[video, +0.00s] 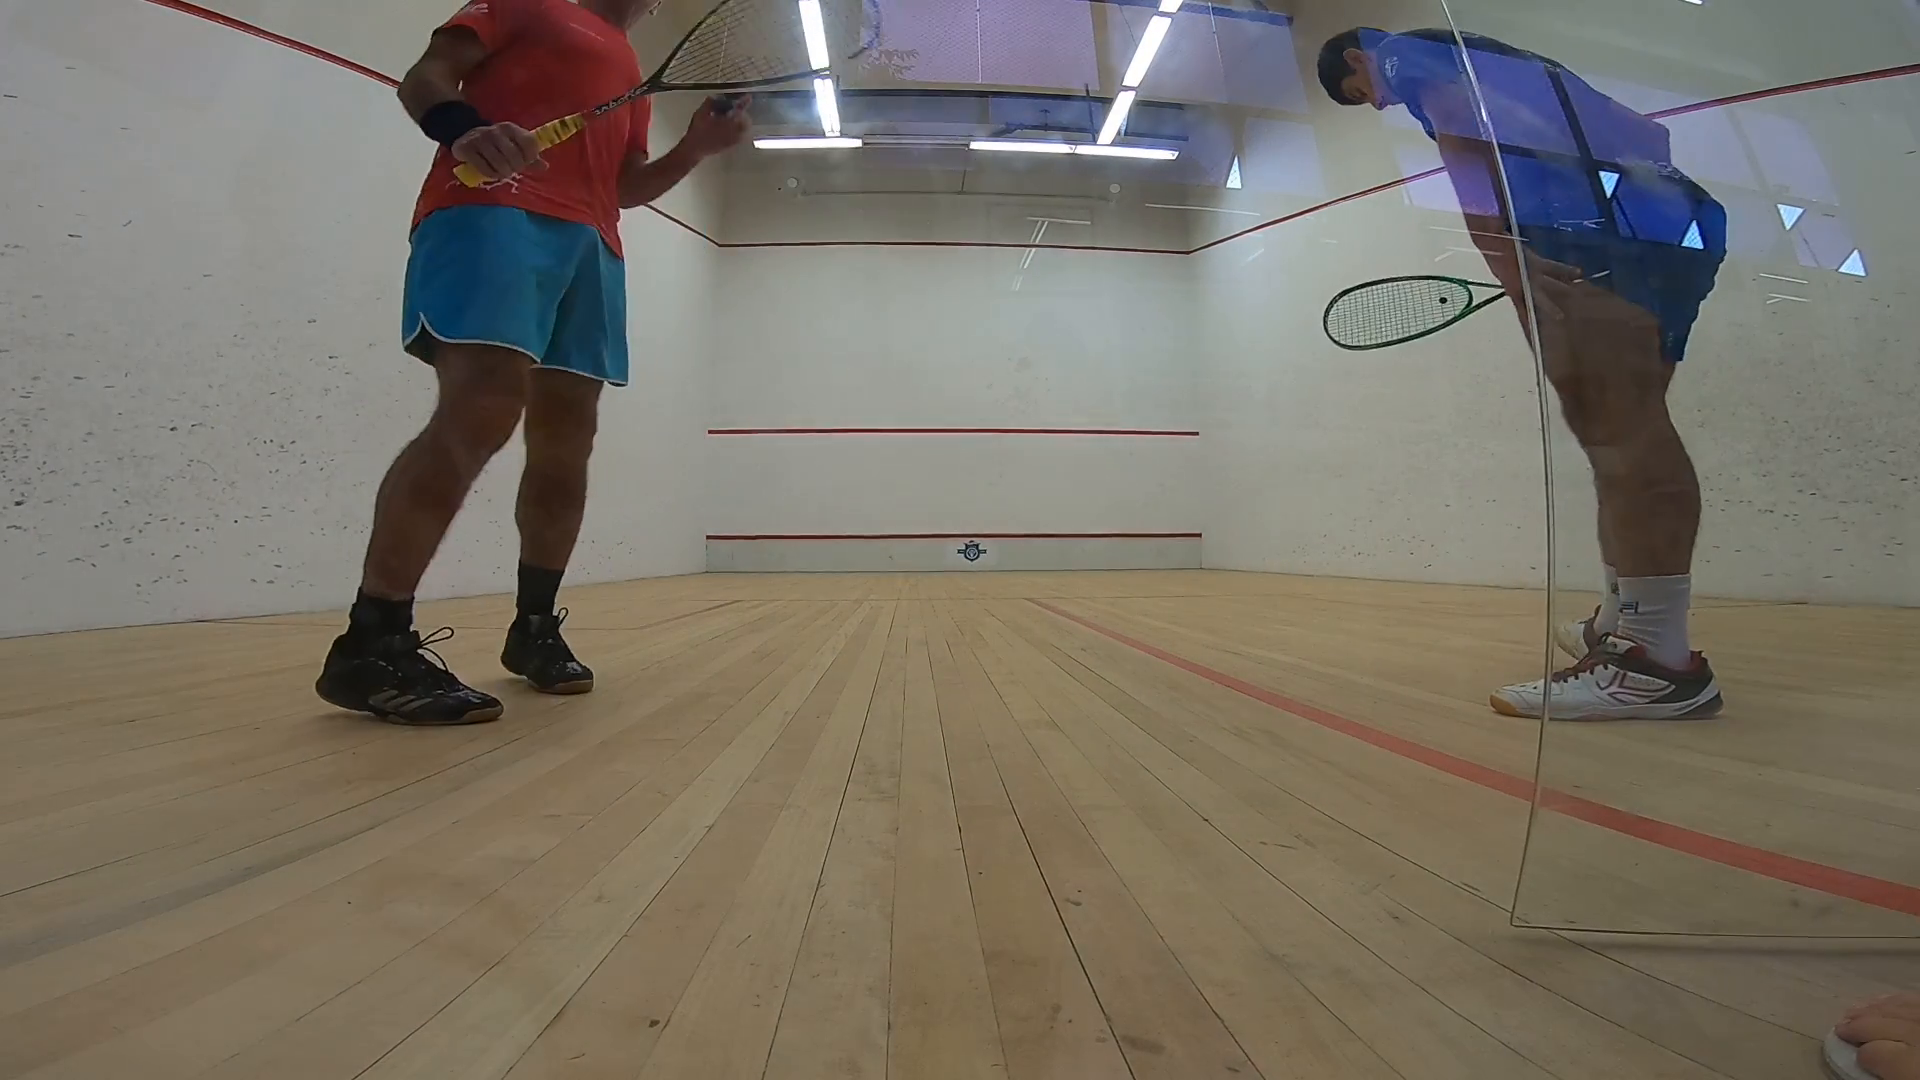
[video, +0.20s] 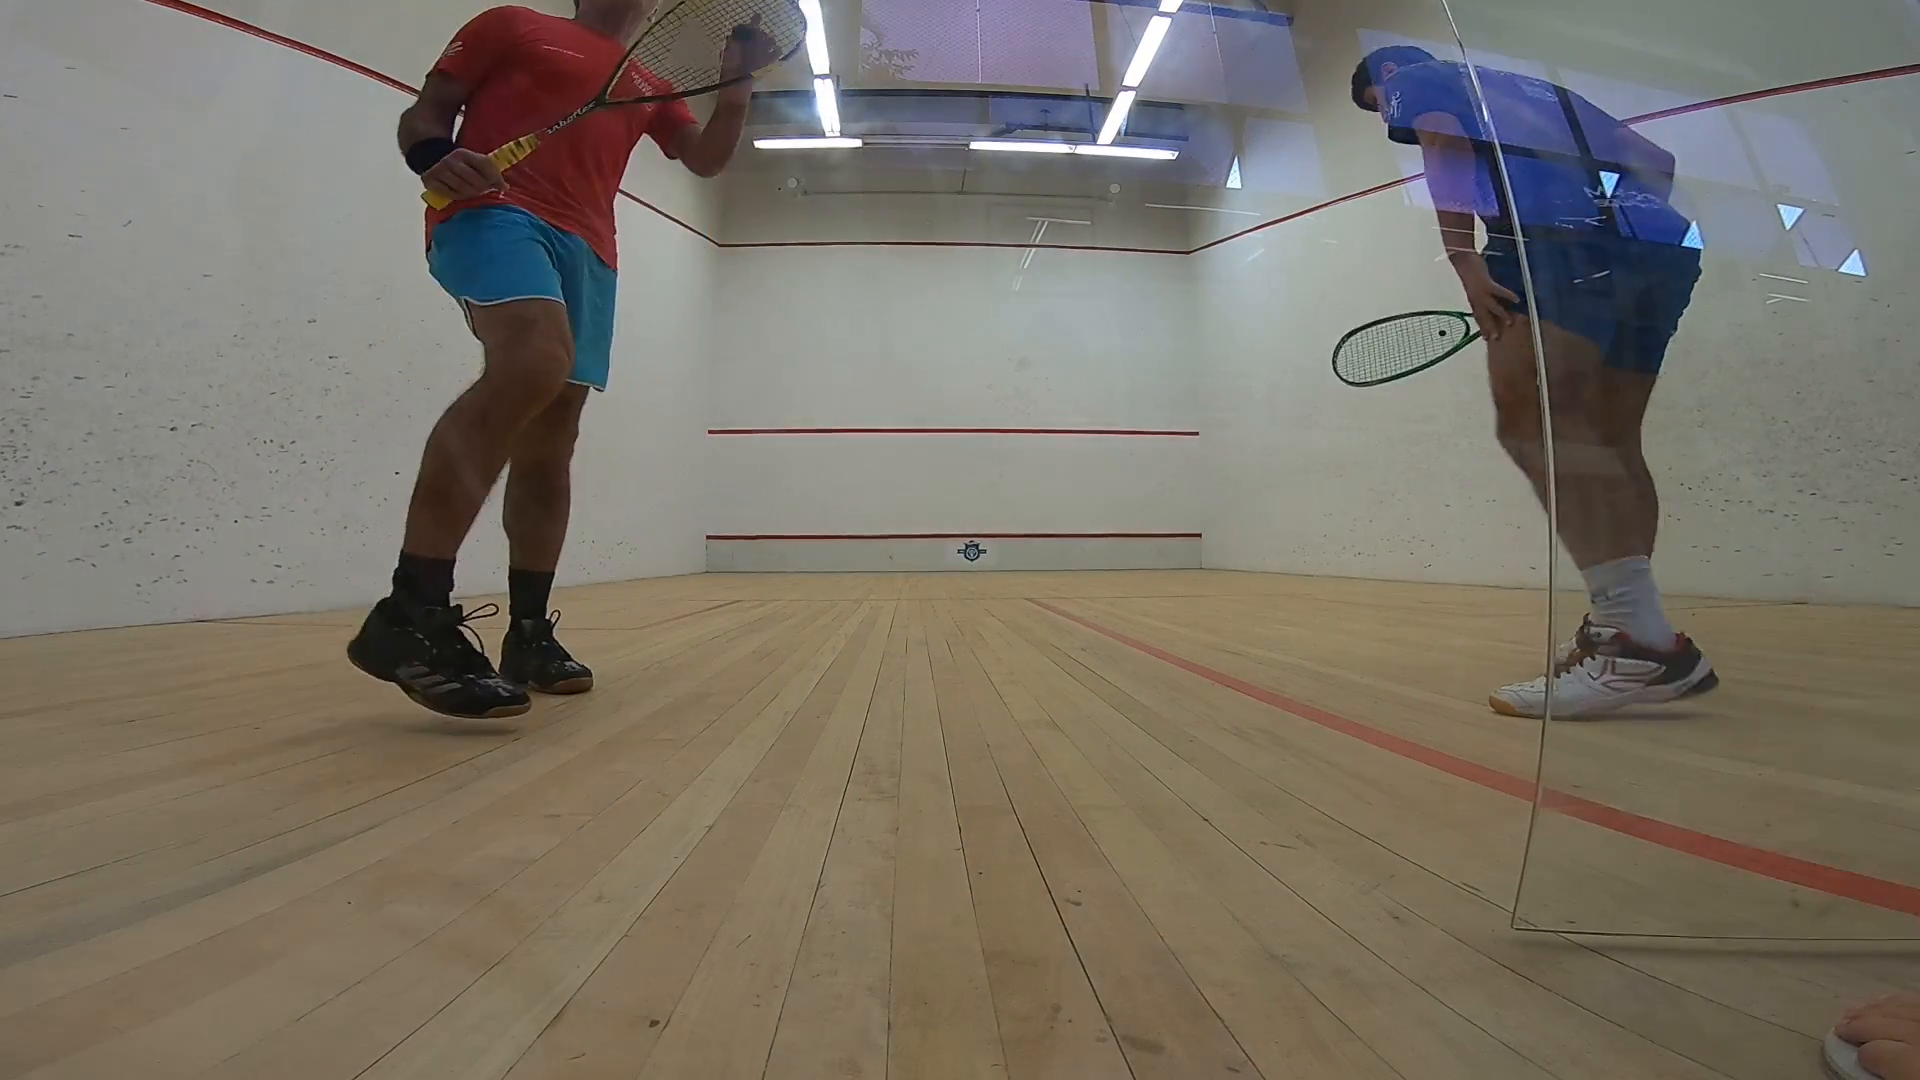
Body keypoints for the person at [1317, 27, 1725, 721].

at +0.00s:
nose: (1373, 102)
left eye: (1358, 90)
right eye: (1361, 100)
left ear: (1358, 54)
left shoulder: (1405, 54)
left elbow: (1464, 136)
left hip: (1605, 227)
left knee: (1624, 423)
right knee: (1611, 423)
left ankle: (1663, 658)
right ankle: (1627, 627)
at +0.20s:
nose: (1384, 114)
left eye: (1377, 100)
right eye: (1375, 109)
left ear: (1389, 72)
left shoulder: (1408, 70)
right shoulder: (1538, 94)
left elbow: (1443, 129)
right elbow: (1655, 163)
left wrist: (1461, 253)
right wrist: (1613, 240)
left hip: (1562, 234)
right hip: (1655, 243)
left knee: (1533, 427)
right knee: (1613, 439)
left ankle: (1643, 639)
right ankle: (1622, 635)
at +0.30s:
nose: (1391, 108)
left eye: (1386, 94)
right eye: (1383, 101)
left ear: (1401, 70)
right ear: (1449, 68)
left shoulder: (1414, 72)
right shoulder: (1539, 99)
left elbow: (1444, 141)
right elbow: (1646, 173)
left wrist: (1448, 269)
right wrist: (1615, 244)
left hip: (1533, 240)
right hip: (1637, 249)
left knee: (1474, 430)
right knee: (1603, 449)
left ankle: (1589, 598)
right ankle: (1620, 636)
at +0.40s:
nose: (1396, 113)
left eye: (1391, 100)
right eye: (1389, 106)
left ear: (1403, 76)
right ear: (1450, 70)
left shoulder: (1417, 75)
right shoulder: (1537, 104)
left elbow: (1440, 149)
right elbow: (1633, 177)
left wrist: (1434, 271)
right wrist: (1606, 253)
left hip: (1515, 248)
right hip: (1623, 257)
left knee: (1440, 422)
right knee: (1607, 448)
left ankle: (1530, 591)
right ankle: (1613, 634)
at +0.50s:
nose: (1390, 127)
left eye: (1387, 115)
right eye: (1387, 119)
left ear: (1396, 92)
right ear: (1446, 83)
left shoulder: (1410, 90)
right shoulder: (1533, 117)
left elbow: (1429, 175)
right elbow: (1613, 199)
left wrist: (1424, 285)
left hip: (1504, 260)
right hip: (1611, 263)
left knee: (1439, 427)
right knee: (1606, 452)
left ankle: (1466, 610)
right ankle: (1611, 635)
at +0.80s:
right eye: (1423, 123)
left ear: (1372, 139)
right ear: (1425, 126)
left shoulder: (1354, 169)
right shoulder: (1490, 146)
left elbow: (1346, 236)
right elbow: (1567, 203)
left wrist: (1383, 329)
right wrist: (1565, 291)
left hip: (1442, 319)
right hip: (1542, 308)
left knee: (1429, 472)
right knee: (1557, 456)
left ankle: (1415, 615)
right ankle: (1604, 613)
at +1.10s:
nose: (1427, 129)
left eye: (1424, 122)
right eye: (1417, 122)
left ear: (1368, 142)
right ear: (1382, 131)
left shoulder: (1337, 199)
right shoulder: (1427, 149)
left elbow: (1311, 268)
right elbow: (1467, 201)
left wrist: (1362, 326)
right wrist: (1522, 274)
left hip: (1396, 333)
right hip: (1482, 314)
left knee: (1414, 473)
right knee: (1554, 444)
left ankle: (1417, 615)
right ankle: (1555, 587)